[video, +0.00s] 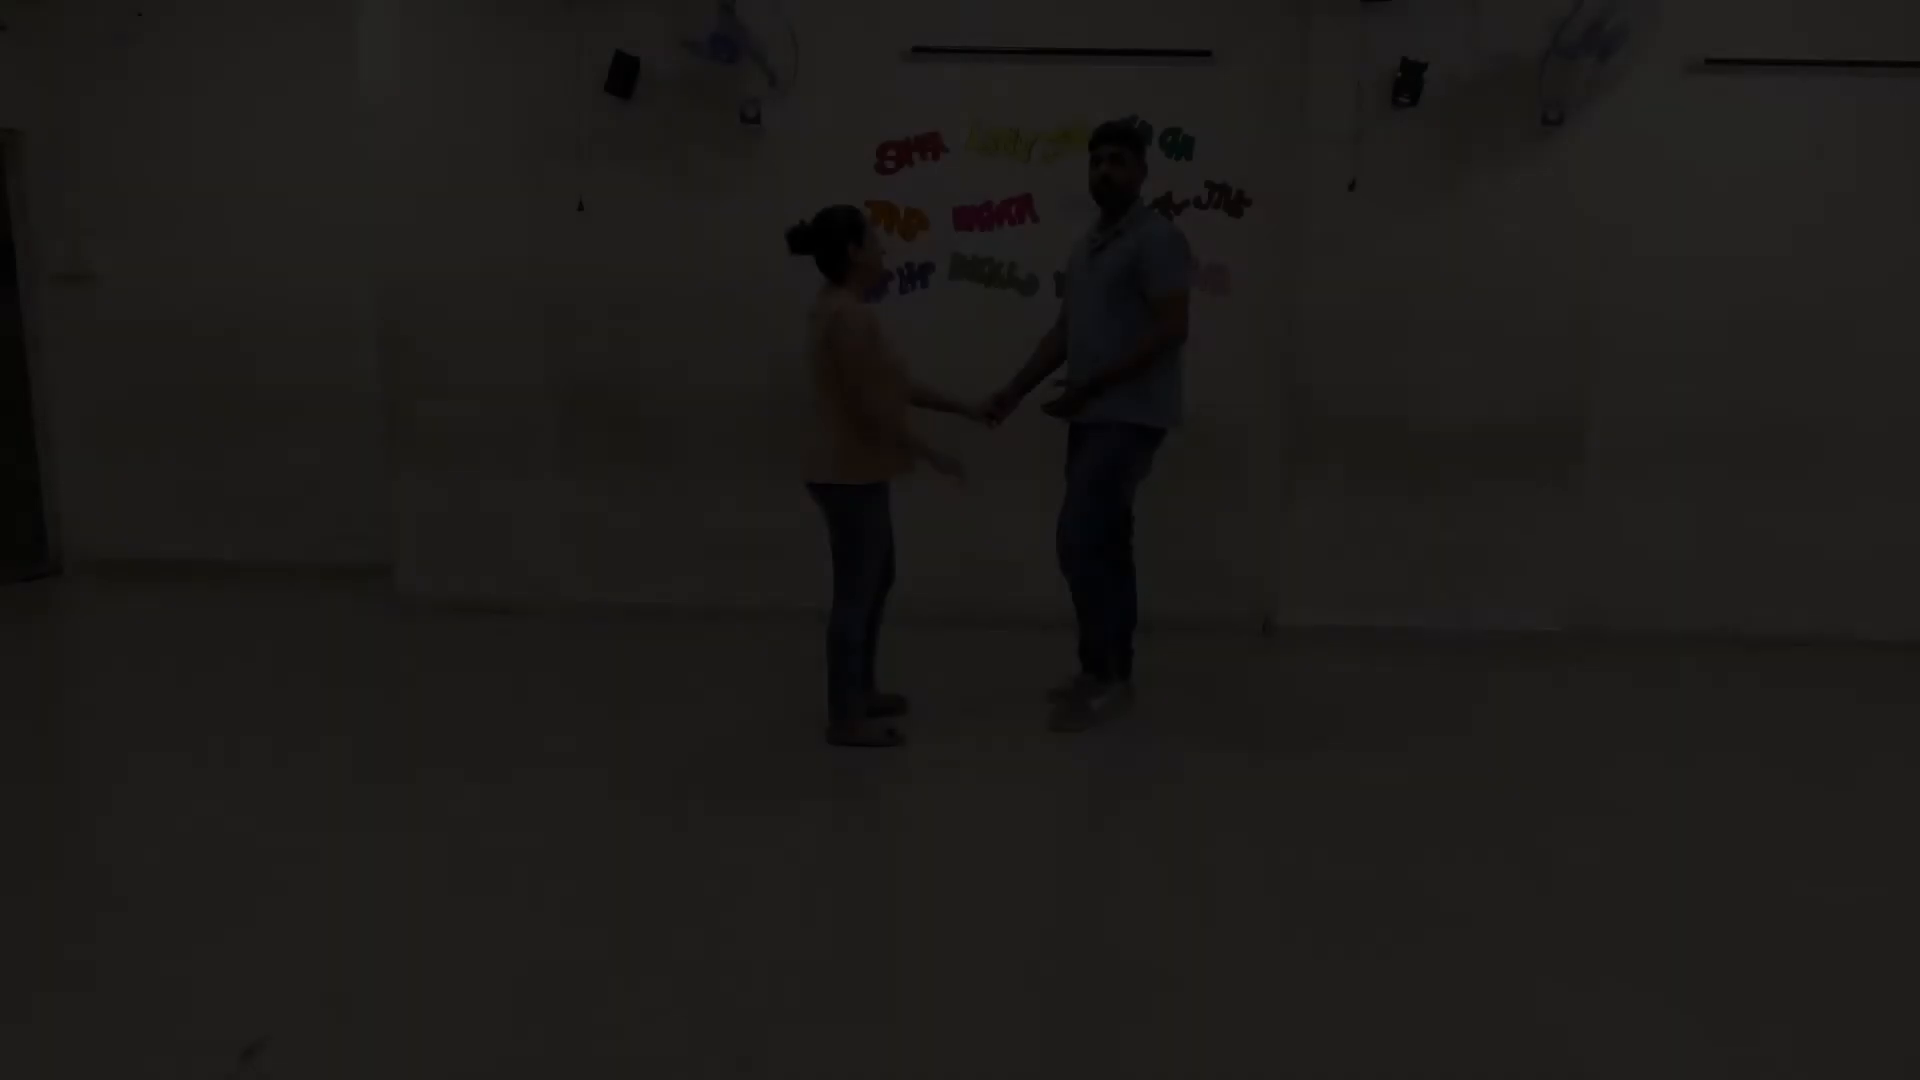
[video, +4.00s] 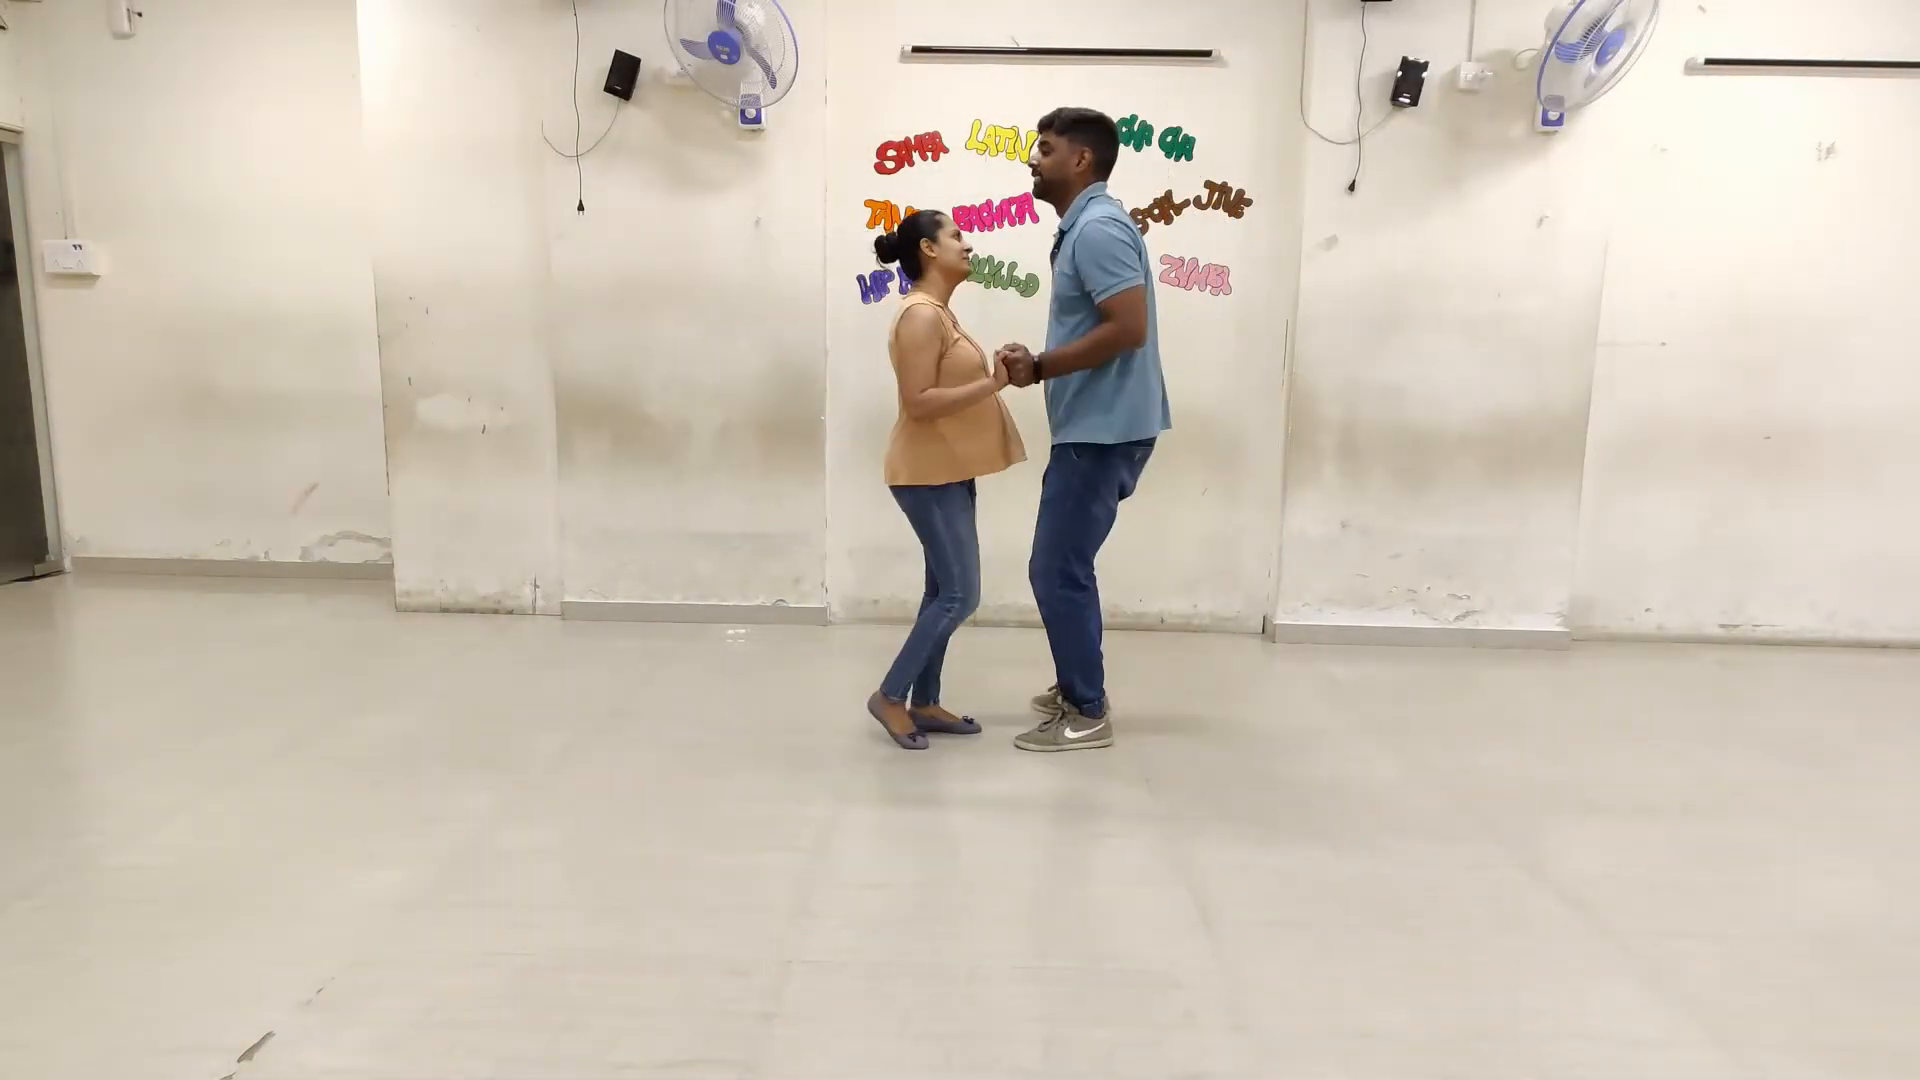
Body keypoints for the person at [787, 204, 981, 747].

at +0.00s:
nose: (882, 255)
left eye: (876, 244)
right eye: (872, 246)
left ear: (838, 256)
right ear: (852, 255)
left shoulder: (842, 312)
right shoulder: (847, 317)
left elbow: (898, 387)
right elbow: (879, 404)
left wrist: (968, 408)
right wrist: (934, 458)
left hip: (850, 472)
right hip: (849, 475)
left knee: (869, 580)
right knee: (862, 584)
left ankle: (860, 694)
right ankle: (848, 714)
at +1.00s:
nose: (836, 257)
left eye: (833, 248)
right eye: (829, 247)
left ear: (802, 255)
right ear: (802, 252)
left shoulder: (798, 314)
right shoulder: (794, 317)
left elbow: (871, 380)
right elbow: (871, 377)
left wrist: (947, 397)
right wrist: (949, 395)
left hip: (814, 468)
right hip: (811, 471)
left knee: (808, 583)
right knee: (843, 586)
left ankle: (806, 693)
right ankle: (854, 704)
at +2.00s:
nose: (833, 242)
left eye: (827, 234)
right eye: (825, 237)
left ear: (798, 258)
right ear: (806, 256)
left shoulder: (791, 307)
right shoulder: (810, 319)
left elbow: (876, 381)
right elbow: (881, 385)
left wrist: (959, 399)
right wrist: (969, 400)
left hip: (823, 465)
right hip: (815, 469)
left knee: (861, 568)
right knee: (833, 589)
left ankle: (836, 687)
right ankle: (810, 716)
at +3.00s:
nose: (831, 251)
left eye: (827, 242)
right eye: (818, 246)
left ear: (805, 258)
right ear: (790, 261)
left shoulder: (813, 312)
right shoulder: (792, 319)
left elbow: (857, 382)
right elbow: (864, 379)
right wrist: (956, 390)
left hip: (847, 470)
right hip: (817, 475)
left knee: (858, 585)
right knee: (836, 594)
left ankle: (852, 691)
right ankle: (798, 717)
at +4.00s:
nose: (967, 244)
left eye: (963, 235)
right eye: (956, 237)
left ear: (932, 251)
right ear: (929, 250)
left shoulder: (939, 311)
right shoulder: (919, 315)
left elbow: (944, 390)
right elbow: (917, 403)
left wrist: (994, 370)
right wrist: (990, 382)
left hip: (949, 472)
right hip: (926, 476)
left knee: (943, 591)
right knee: (960, 594)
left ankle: (925, 702)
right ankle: (889, 698)